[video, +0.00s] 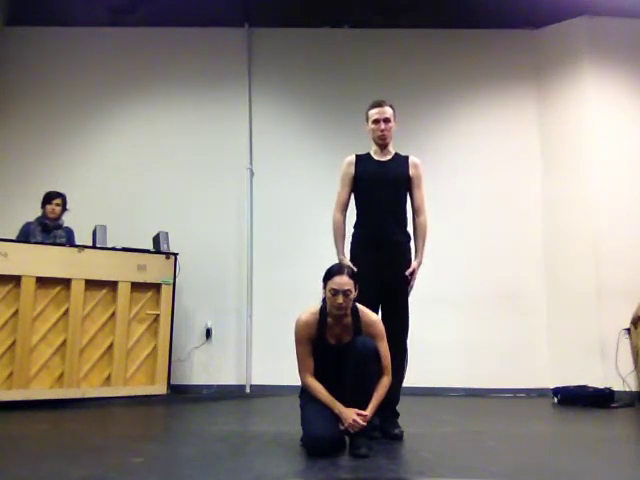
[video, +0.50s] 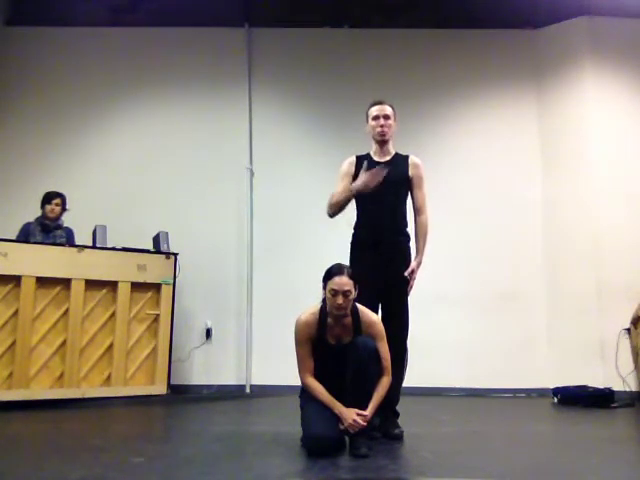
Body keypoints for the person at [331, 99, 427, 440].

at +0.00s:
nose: (382, 126)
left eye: (387, 121)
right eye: (376, 121)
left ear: (395, 125)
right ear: (367, 127)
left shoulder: (411, 166)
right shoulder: (353, 165)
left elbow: (420, 215)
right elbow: (339, 213)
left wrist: (418, 258)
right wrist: (342, 259)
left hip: (397, 258)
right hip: (363, 259)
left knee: (396, 338)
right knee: (359, 338)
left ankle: (389, 415)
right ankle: (359, 417)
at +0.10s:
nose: (382, 126)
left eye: (387, 121)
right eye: (376, 121)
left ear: (395, 125)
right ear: (367, 127)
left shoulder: (411, 166)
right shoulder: (354, 165)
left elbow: (420, 215)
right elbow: (339, 213)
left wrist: (418, 259)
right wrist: (342, 259)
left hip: (397, 258)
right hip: (363, 258)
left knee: (396, 338)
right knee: (360, 337)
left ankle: (389, 415)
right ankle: (360, 417)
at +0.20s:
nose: (382, 126)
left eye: (387, 120)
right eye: (377, 120)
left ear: (395, 125)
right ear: (368, 126)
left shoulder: (412, 166)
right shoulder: (354, 165)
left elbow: (420, 215)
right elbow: (338, 213)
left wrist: (418, 258)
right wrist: (341, 260)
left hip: (397, 258)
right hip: (363, 258)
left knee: (396, 338)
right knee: (360, 338)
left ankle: (389, 415)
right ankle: (360, 417)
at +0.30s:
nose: (383, 125)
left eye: (387, 119)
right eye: (377, 119)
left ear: (395, 125)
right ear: (368, 126)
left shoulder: (412, 166)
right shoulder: (354, 165)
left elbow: (421, 215)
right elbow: (335, 210)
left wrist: (418, 259)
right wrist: (345, 252)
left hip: (397, 257)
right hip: (364, 258)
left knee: (395, 338)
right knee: (360, 337)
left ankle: (389, 415)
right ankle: (360, 417)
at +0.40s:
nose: (383, 124)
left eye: (387, 118)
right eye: (377, 119)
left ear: (395, 124)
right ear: (368, 126)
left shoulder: (411, 166)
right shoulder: (353, 165)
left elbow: (421, 215)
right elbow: (333, 210)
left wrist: (419, 259)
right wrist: (350, 213)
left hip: (396, 259)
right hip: (363, 259)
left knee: (395, 339)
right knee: (360, 338)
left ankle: (388, 415)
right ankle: (360, 416)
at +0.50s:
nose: (382, 123)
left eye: (387, 118)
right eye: (376, 118)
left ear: (395, 124)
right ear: (367, 125)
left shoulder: (411, 166)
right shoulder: (354, 164)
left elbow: (421, 214)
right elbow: (332, 208)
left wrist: (418, 259)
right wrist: (357, 186)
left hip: (396, 258)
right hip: (363, 257)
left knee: (395, 338)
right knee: (359, 336)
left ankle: (388, 415)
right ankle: (358, 416)